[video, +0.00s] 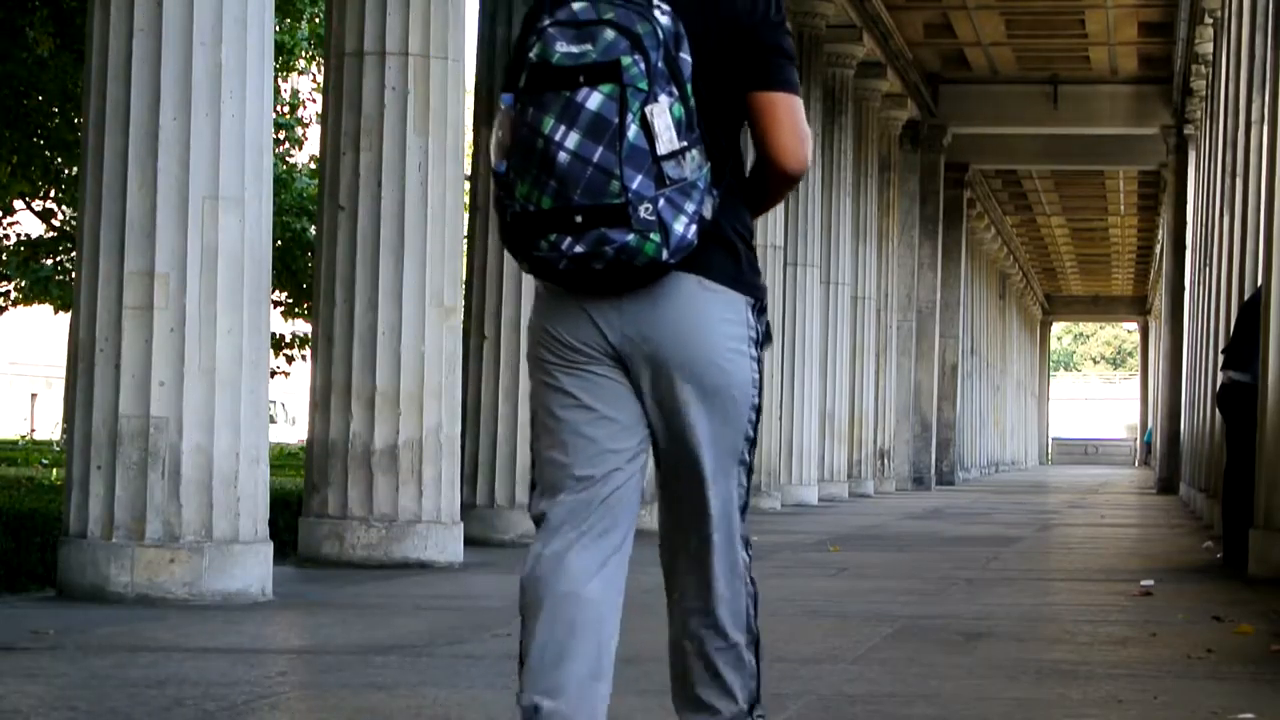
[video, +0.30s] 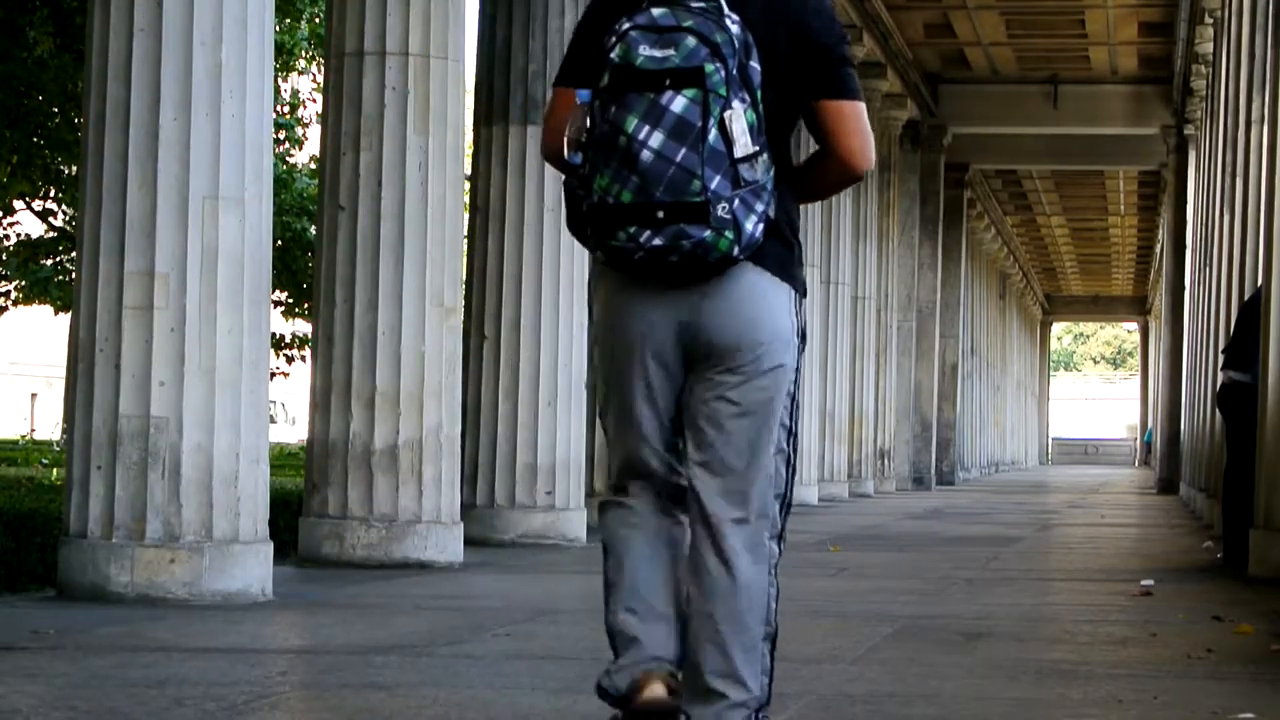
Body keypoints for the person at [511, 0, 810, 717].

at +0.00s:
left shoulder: (568, 6)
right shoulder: (741, 5)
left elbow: (506, 141)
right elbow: (789, 155)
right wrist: (739, 204)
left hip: (571, 289)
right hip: (694, 288)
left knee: (576, 521)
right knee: (708, 526)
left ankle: (557, 710)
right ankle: (719, 706)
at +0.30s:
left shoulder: (619, 0)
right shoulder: (798, 8)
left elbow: (557, 137)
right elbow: (853, 155)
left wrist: (637, 189)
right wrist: (783, 188)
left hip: (632, 282)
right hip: (748, 283)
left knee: (637, 484)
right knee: (735, 505)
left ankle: (645, 665)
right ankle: (728, 704)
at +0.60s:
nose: (796, 0)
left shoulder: (635, 47)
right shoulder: (804, 54)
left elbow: (579, 180)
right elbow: (855, 191)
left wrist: (658, 219)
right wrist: (789, 217)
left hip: (659, 310)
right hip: (767, 307)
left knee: (680, 503)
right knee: (751, 508)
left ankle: (687, 689)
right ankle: (728, 699)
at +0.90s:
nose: (782, 6)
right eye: (781, 2)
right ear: (770, 0)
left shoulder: (640, 55)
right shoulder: (801, 53)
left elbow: (598, 187)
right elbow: (853, 179)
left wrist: (671, 215)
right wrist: (798, 206)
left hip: (668, 305)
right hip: (770, 299)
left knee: (688, 499)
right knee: (793, 483)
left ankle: (696, 696)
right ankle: (761, 639)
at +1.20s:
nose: (808, 24)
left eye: (802, 17)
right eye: (808, 16)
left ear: (728, 18)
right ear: (800, 15)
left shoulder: (673, 94)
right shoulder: (826, 95)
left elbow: (634, 214)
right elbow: (866, 215)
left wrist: (697, 257)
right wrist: (815, 251)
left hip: (691, 327)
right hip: (791, 325)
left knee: (704, 498)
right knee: (790, 504)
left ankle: (704, 680)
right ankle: (793, 682)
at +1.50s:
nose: (835, 27)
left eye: (826, 19)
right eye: (835, 20)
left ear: (763, 22)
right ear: (831, 23)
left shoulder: (711, 92)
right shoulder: (859, 106)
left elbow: (665, 205)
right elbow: (896, 221)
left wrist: (732, 239)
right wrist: (831, 245)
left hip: (724, 320)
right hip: (820, 324)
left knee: (720, 477)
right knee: (804, 498)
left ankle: (727, 616)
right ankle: (793, 682)